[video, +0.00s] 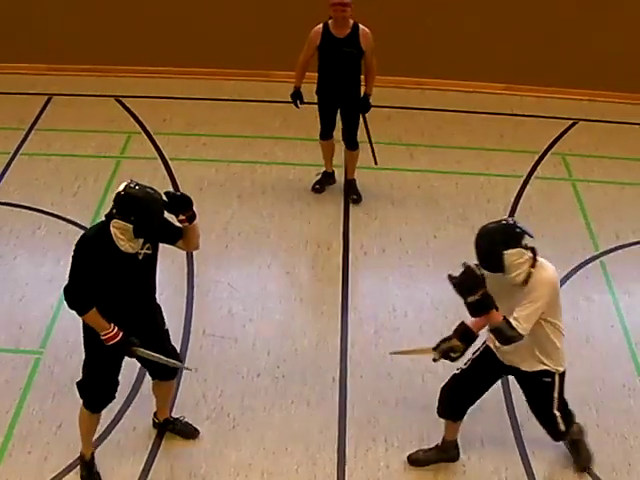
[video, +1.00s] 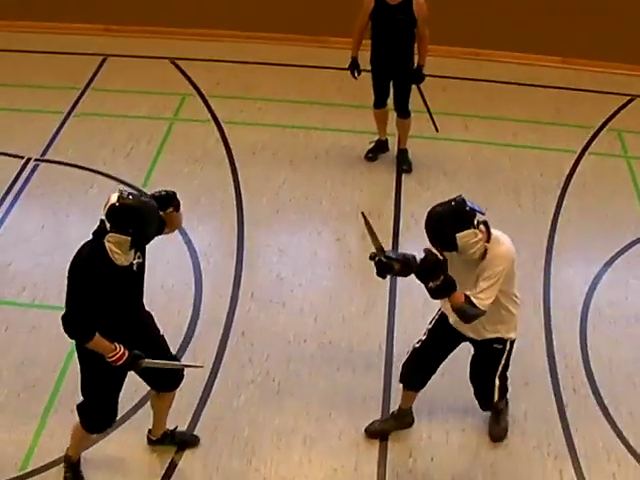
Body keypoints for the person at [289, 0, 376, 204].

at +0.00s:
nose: (341, 12)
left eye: (345, 8)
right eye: (337, 8)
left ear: (351, 10)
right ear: (331, 10)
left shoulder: (363, 34)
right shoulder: (319, 33)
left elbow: (369, 66)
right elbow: (304, 60)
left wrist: (367, 94)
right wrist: (296, 87)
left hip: (351, 95)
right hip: (326, 94)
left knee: (350, 139)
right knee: (325, 135)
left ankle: (350, 181)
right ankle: (328, 172)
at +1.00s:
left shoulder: (416, 4)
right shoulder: (372, 3)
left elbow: (422, 34)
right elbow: (361, 27)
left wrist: (420, 65)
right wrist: (354, 56)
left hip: (403, 65)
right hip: (379, 64)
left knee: (402, 108)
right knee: (379, 103)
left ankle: (402, 150)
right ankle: (381, 141)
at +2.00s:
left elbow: (537, 2)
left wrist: (534, 27)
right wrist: (470, 15)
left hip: (518, 23)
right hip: (493, 21)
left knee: (514, 70)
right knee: (491, 62)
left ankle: (512, 112)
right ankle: (491, 102)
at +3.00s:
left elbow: (552, 3)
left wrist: (548, 30)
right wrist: (485, 17)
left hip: (532, 26)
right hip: (507, 23)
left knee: (527, 71)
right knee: (504, 64)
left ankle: (524, 115)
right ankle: (504, 103)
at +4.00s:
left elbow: (600, 5)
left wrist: (595, 32)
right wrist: (531, 18)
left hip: (579, 28)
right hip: (554, 24)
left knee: (572, 74)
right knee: (550, 66)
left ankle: (569, 117)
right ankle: (549, 105)